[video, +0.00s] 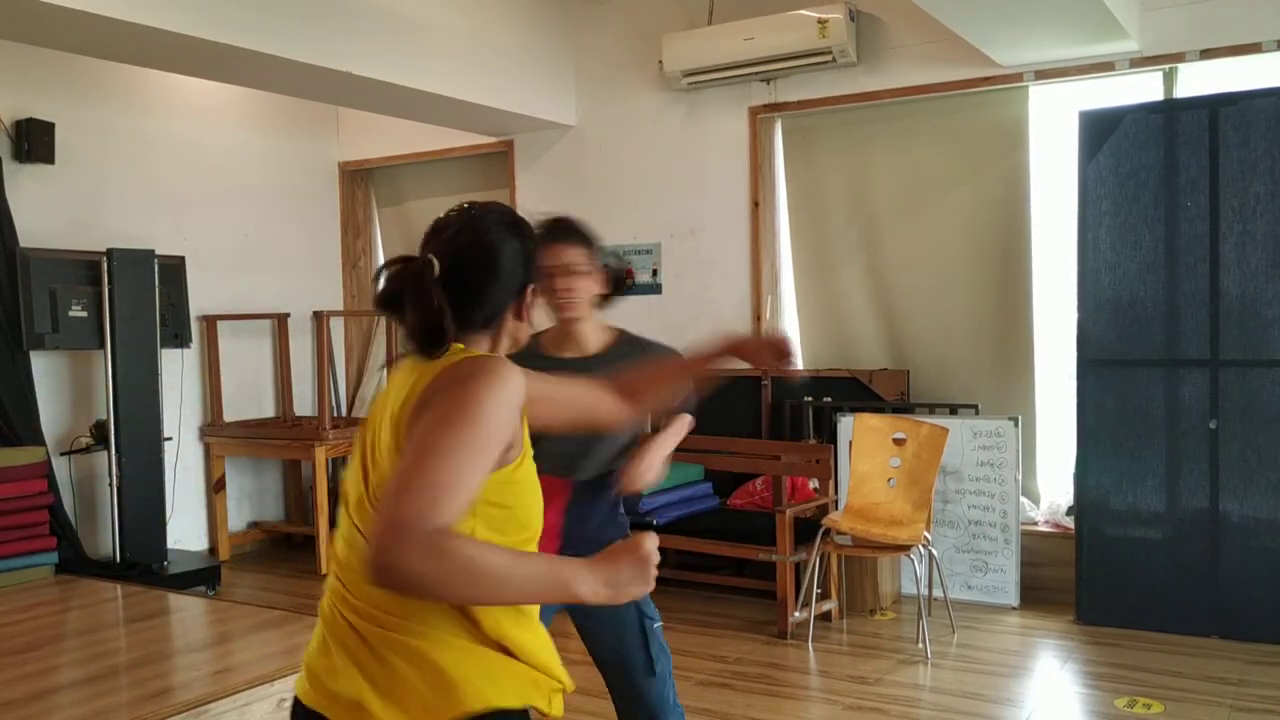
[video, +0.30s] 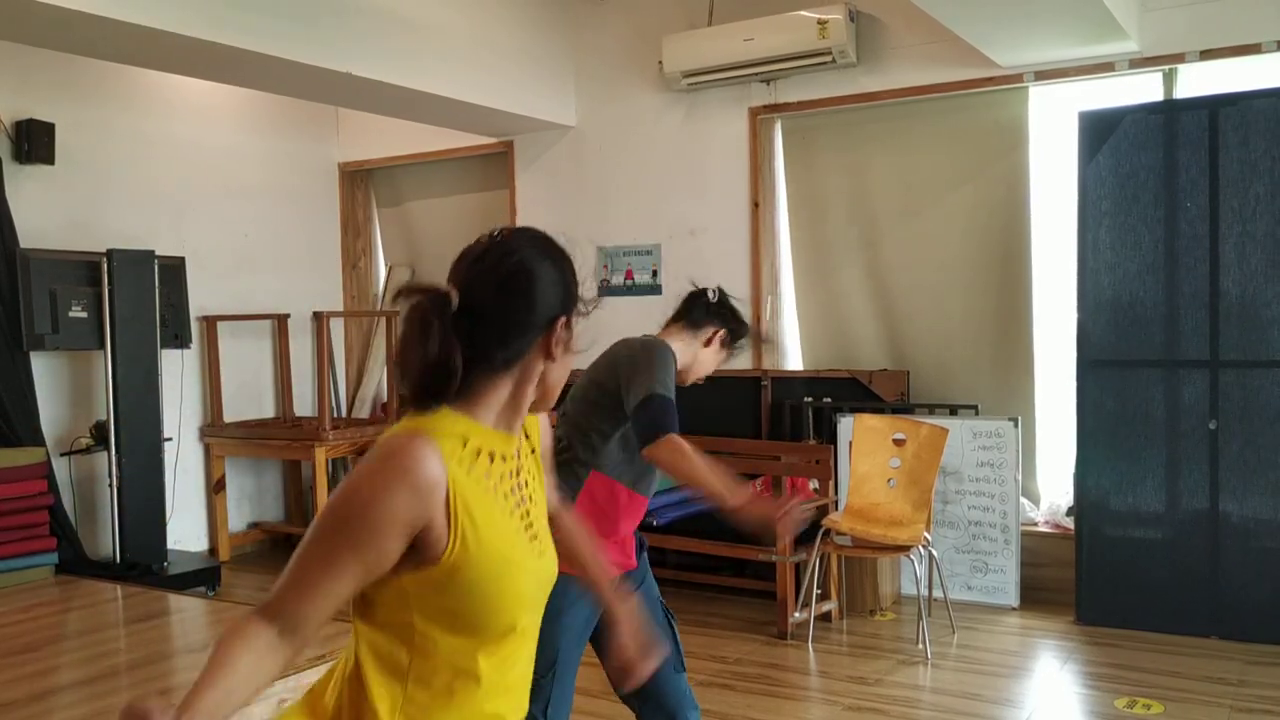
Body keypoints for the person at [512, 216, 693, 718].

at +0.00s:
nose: (564, 284)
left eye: (577, 271)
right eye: (552, 272)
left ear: (604, 279)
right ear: (537, 285)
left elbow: (683, 409)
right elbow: (488, 435)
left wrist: (657, 449)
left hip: (601, 539)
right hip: (522, 541)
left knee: (648, 693)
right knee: (489, 681)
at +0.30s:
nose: (712, 373)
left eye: (720, 363)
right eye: (722, 359)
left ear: (680, 321)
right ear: (713, 338)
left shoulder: (643, 363)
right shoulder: (647, 354)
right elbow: (658, 442)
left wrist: (741, 494)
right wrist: (739, 499)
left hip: (621, 559)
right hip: (573, 558)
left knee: (671, 703)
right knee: (544, 704)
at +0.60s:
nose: (706, 324)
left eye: (718, 315)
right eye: (699, 304)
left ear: (723, 320)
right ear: (665, 293)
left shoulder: (650, 364)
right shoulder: (630, 355)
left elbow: (616, 458)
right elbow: (586, 459)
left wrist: (647, 525)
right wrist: (663, 515)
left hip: (621, 559)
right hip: (566, 557)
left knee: (663, 702)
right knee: (539, 702)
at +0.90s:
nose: (473, 318)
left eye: (473, 301)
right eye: (470, 305)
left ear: (497, 289)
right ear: (498, 292)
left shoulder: (592, 343)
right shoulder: (516, 363)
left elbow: (674, 416)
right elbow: (523, 448)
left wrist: (688, 513)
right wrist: (454, 428)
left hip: (611, 554)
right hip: (535, 557)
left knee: (659, 705)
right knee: (513, 703)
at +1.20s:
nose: (429, 373)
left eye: (417, 362)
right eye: (419, 364)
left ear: (426, 348)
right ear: (452, 321)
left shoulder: (505, 365)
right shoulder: (517, 360)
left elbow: (494, 482)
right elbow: (600, 423)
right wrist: (634, 489)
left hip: (602, 556)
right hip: (533, 564)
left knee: (651, 703)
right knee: (509, 703)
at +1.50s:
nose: (511, 298)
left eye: (520, 283)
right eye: (507, 284)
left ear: (561, 282)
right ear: (509, 288)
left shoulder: (632, 361)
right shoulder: (511, 365)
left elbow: (687, 443)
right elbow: (502, 447)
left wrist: (630, 432)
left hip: (603, 562)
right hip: (517, 566)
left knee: (653, 706)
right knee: (499, 705)